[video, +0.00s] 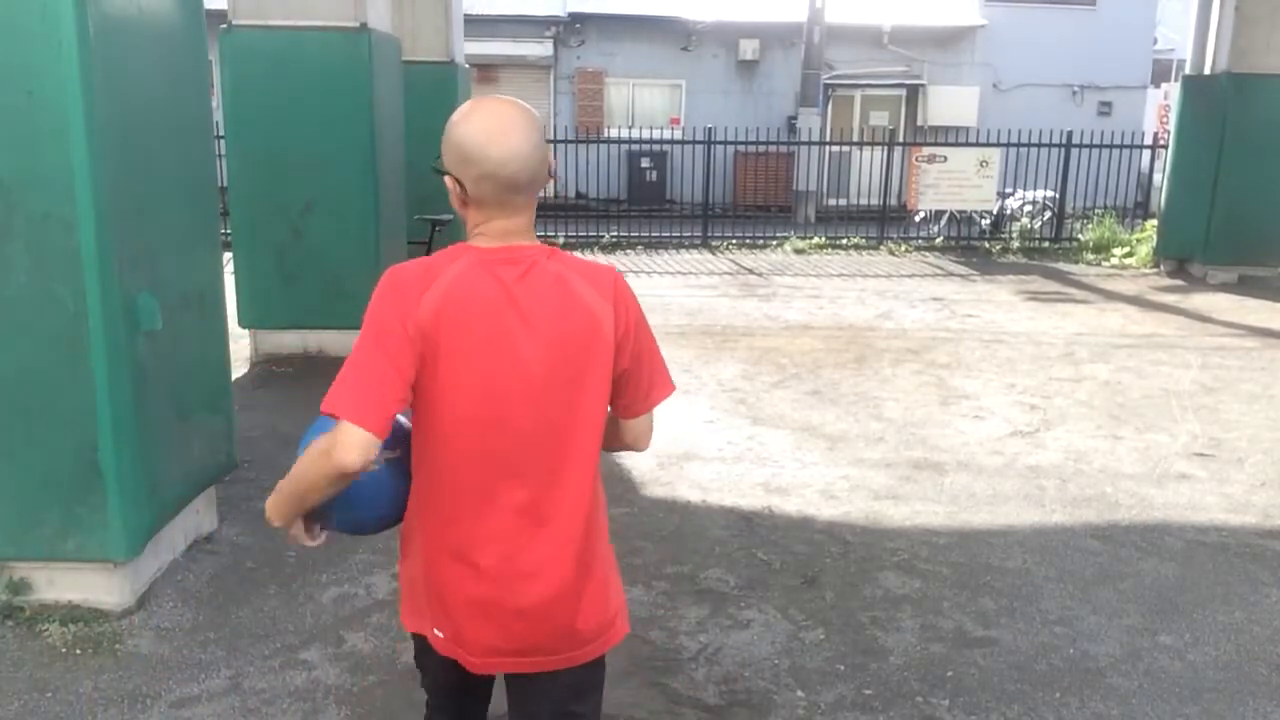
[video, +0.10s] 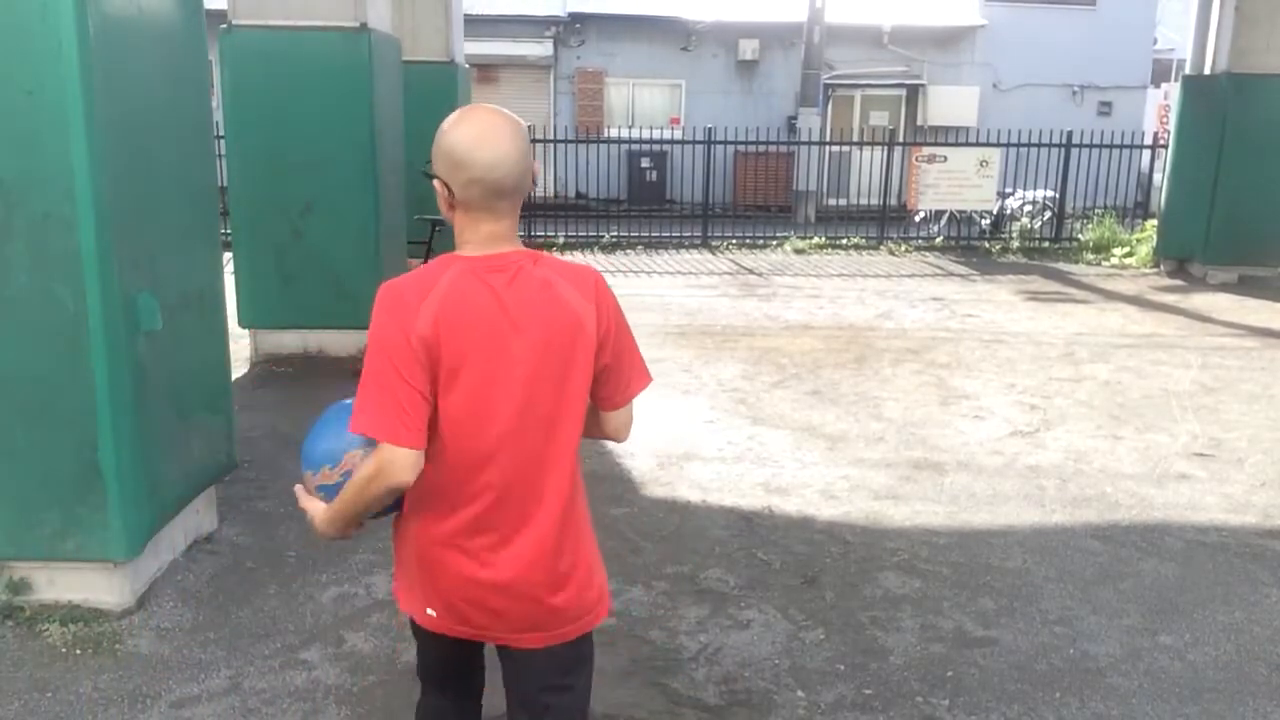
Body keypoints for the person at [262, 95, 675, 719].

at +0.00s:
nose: (443, 187)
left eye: (445, 177)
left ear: (456, 191)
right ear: (548, 176)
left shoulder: (412, 289)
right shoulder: (602, 289)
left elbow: (352, 450)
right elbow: (633, 432)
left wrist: (284, 504)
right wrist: (545, 419)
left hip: (452, 598)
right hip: (566, 599)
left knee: (452, 710)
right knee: (563, 711)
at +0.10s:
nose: (436, 189)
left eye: (436, 179)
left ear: (445, 195)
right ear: (531, 183)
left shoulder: (408, 299)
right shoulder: (584, 288)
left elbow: (398, 465)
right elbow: (614, 423)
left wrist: (336, 520)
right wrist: (526, 403)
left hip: (443, 576)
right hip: (550, 578)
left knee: (447, 705)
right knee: (553, 710)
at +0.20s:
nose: (424, 184)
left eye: (425, 174)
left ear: (433, 188)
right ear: (517, 178)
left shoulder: (398, 295)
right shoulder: (568, 279)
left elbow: (398, 450)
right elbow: (596, 408)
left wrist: (351, 486)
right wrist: (516, 392)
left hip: (431, 548)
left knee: (434, 694)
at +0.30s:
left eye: (423, 152)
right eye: (513, 142)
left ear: (427, 167)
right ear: (513, 159)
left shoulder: (391, 268)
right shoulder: (558, 259)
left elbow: (365, 411)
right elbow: (582, 379)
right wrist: (516, 349)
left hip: (432, 512)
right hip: (530, 507)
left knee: (438, 661)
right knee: (547, 633)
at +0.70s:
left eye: (472, 156)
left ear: (472, 172)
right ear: (545, 172)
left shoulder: (431, 251)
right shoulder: (574, 260)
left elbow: (385, 365)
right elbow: (593, 370)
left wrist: (425, 383)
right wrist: (615, 326)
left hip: (446, 471)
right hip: (532, 470)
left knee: (436, 611)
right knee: (525, 587)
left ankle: (439, 713)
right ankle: (520, 693)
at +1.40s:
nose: (531, 165)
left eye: (532, 154)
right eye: (531, 154)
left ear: (471, 151)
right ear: (516, 154)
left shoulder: (427, 216)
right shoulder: (514, 226)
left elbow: (410, 313)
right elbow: (542, 329)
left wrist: (475, 296)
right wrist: (570, 310)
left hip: (452, 411)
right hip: (513, 416)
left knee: (453, 521)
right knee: (527, 547)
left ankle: (438, 630)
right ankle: (516, 679)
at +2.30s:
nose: (512, 176)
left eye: (514, 165)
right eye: (512, 163)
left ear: (458, 155)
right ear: (488, 158)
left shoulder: (418, 210)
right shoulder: (480, 220)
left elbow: (418, 280)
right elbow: (503, 318)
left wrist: (499, 262)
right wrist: (585, 328)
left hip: (434, 392)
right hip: (488, 392)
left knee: (463, 497)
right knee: (549, 476)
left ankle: (454, 614)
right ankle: (497, 592)